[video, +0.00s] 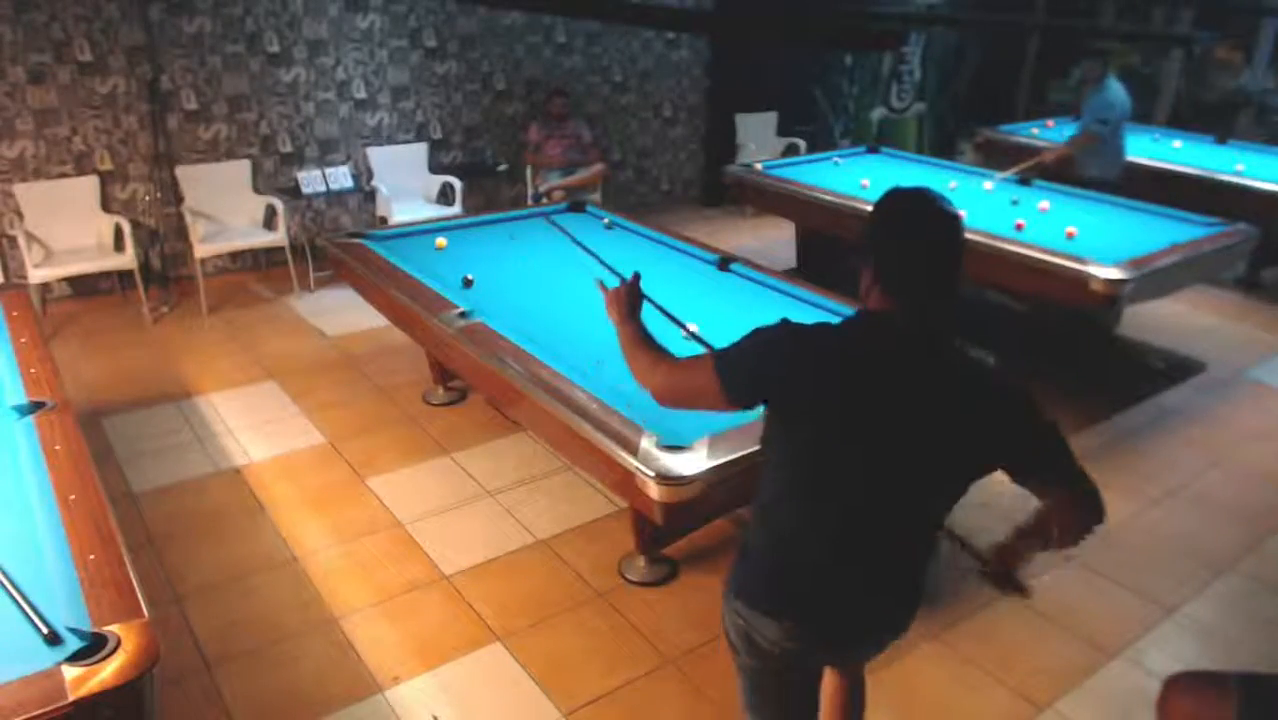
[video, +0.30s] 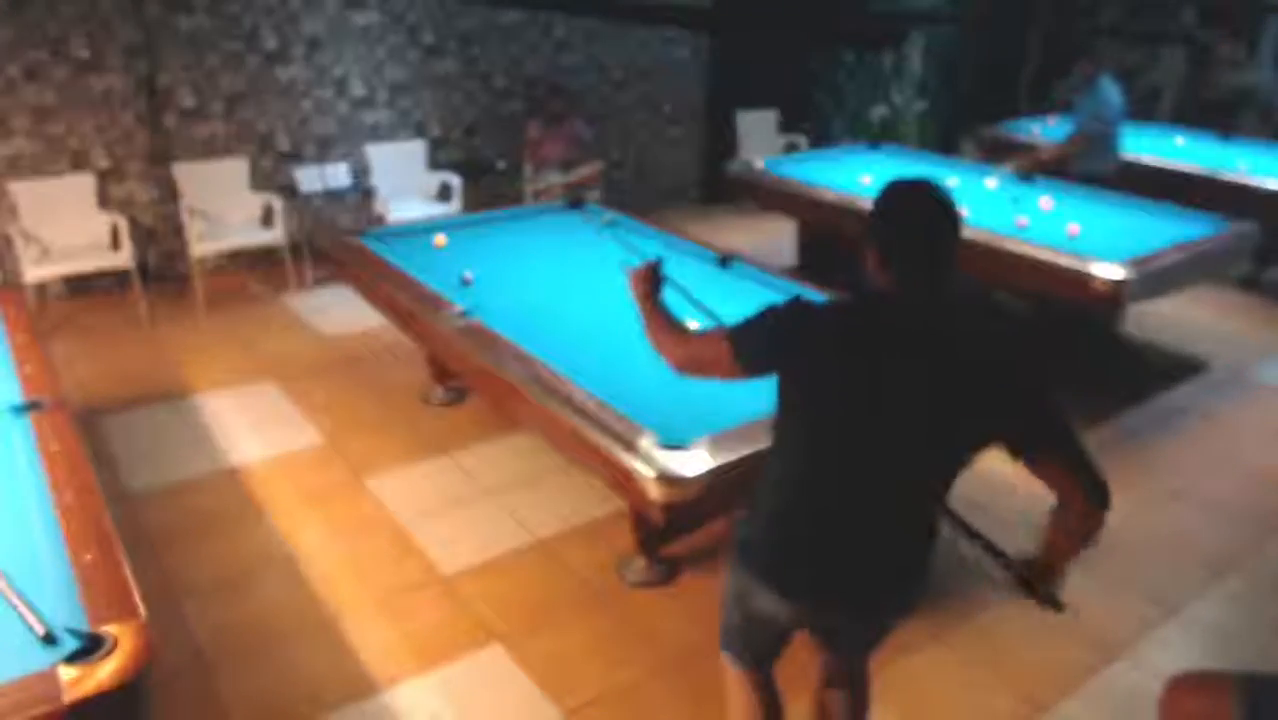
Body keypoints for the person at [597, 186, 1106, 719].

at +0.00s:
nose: (860, 269)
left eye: (864, 256)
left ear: (867, 269)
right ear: (951, 279)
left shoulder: (801, 353)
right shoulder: (984, 394)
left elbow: (666, 383)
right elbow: (1079, 509)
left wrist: (624, 322)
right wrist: (1016, 552)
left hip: (774, 605)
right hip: (879, 611)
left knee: (774, 706)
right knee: (846, 663)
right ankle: (838, 705)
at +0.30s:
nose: (866, 252)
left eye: (870, 243)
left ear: (874, 253)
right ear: (951, 258)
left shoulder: (811, 328)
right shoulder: (988, 356)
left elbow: (684, 356)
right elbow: (1084, 503)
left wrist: (644, 297)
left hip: (782, 558)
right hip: (885, 574)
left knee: (746, 661)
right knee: (846, 670)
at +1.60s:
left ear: (760, 334)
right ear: (812, 332)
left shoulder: (728, 361)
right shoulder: (831, 357)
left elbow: (685, 388)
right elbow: (909, 366)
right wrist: (888, 475)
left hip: (655, 505)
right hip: (747, 520)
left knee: (673, 586)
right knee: (789, 684)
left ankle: (664, 671)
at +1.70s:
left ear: (758, 344)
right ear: (811, 342)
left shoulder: (724, 369)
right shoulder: (828, 364)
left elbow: (684, 392)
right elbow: (911, 362)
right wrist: (889, 479)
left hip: (654, 505)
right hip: (746, 519)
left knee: (672, 586)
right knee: (789, 684)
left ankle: (664, 671)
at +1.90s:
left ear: (759, 348)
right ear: (813, 348)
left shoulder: (721, 371)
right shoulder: (847, 376)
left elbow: (681, 402)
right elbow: (906, 419)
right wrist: (893, 533)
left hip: (652, 507)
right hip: (746, 522)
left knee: (673, 584)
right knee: (791, 686)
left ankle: (664, 672)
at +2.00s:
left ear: (760, 349)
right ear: (814, 347)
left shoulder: (725, 372)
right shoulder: (844, 377)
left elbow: (681, 400)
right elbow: (910, 420)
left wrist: (705, 364)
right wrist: (927, 533)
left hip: (652, 508)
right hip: (746, 525)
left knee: (673, 584)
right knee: (791, 687)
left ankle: (663, 672)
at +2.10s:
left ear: (762, 348)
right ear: (815, 349)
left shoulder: (722, 372)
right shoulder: (842, 376)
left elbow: (682, 400)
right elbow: (914, 408)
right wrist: (942, 508)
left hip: (652, 509)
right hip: (744, 524)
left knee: (673, 585)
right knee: (791, 688)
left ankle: (663, 671)